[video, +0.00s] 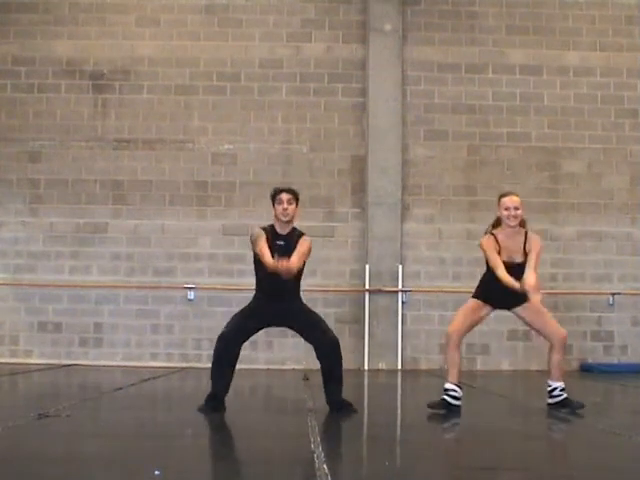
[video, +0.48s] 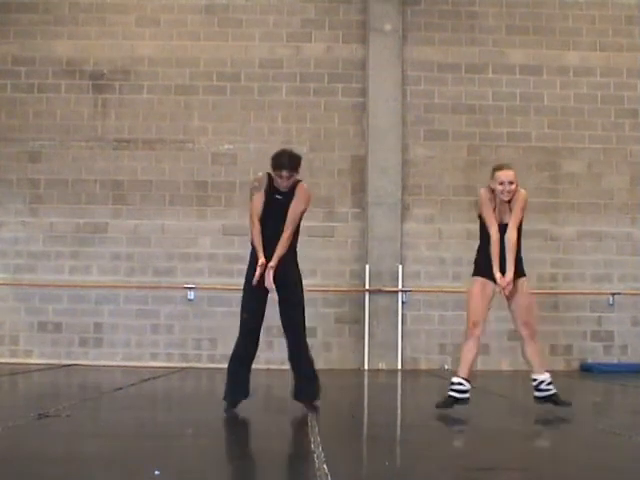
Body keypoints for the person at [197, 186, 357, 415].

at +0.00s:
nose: (285, 207)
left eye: (289, 203)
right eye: (280, 203)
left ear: (297, 208)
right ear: (273, 208)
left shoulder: (303, 240)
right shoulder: (260, 234)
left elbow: (294, 266)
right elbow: (267, 261)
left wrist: (281, 266)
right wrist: (282, 266)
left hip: (293, 309)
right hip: (261, 308)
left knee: (329, 343)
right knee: (228, 339)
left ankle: (335, 400)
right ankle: (216, 398)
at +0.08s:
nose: (284, 225)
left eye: (289, 221)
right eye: (279, 221)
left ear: (295, 227)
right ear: (272, 227)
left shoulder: (303, 260)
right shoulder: (258, 253)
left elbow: (290, 291)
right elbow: (266, 284)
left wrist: (278, 318)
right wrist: (278, 316)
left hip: (294, 321)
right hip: (261, 320)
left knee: (334, 347)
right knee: (224, 345)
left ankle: (336, 401)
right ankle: (213, 402)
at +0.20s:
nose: (284, 231)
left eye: (289, 227)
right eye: (279, 227)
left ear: (296, 233)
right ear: (272, 232)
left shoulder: (304, 265)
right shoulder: (257, 259)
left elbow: (289, 304)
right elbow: (264, 300)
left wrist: (278, 340)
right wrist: (270, 337)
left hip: (294, 324)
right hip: (260, 324)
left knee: (334, 350)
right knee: (224, 349)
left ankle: (338, 404)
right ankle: (214, 403)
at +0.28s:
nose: (285, 218)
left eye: (289, 214)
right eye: (279, 214)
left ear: (296, 219)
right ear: (272, 218)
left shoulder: (303, 249)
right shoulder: (257, 244)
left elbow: (290, 288)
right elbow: (262, 285)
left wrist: (281, 324)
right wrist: (269, 321)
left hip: (293, 312)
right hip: (260, 312)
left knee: (331, 349)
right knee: (225, 347)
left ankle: (336, 404)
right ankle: (214, 403)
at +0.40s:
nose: (285, 194)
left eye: (290, 189)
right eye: (280, 188)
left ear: (297, 187)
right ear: (273, 185)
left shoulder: (303, 207)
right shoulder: (259, 202)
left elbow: (290, 247)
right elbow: (259, 243)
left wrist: (277, 283)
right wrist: (265, 280)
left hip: (289, 280)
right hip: (259, 279)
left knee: (310, 340)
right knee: (238, 339)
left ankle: (331, 398)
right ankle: (218, 398)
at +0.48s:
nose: (284, 183)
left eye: (289, 178)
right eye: (279, 177)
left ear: (296, 174)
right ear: (272, 172)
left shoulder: (301, 191)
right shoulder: (260, 185)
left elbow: (289, 231)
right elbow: (255, 222)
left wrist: (273, 265)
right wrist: (261, 259)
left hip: (286, 264)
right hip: (259, 262)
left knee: (295, 330)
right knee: (248, 330)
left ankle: (307, 392)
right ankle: (234, 392)